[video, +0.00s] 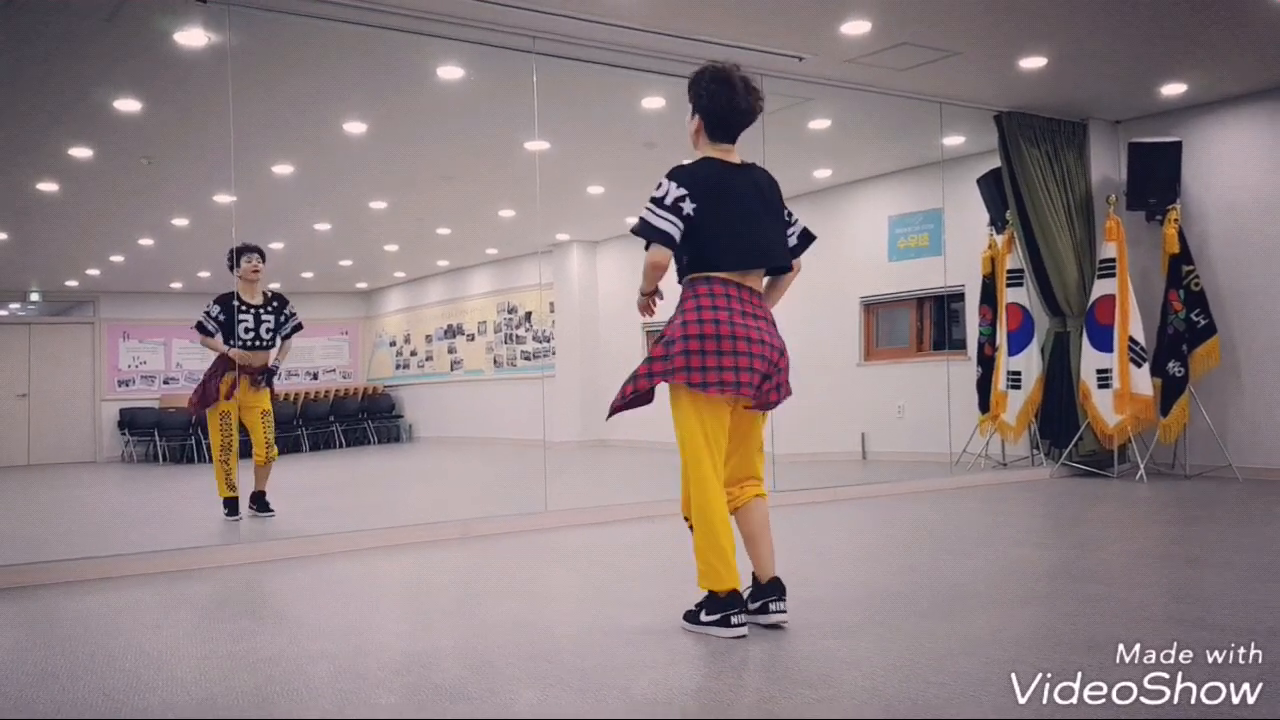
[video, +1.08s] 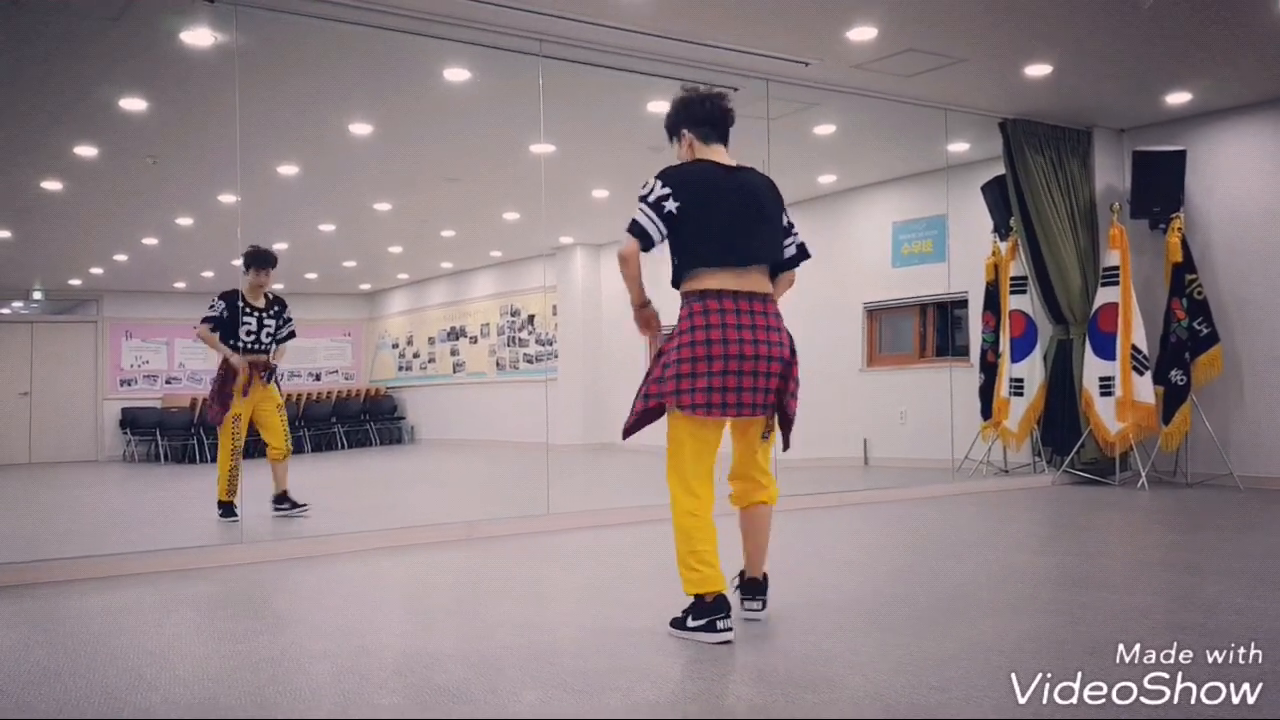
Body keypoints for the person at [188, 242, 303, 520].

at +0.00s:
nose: (255, 265)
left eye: (259, 261)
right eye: (248, 261)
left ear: (264, 268)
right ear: (236, 269)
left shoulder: (277, 302)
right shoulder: (224, 302)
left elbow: (287, 338)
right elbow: (204, 335)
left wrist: (275, 363)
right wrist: (228, 350)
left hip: (258, 380)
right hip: (225, 379)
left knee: (266, 447)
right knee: (226, 446)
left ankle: (259, 495)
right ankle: (230, 499)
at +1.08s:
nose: (263, 278)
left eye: (268, 273)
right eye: (258, 273)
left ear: (273, 275)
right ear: (247, 272)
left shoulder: (278, 305)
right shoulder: (228, 300)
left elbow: (283, 341)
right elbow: (204, 330)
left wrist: (274, 362)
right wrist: (231, 356)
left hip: (265, 381)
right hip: (235, 381)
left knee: (280, 438)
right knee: (231, 445)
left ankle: (281, 496)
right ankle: (226, 502)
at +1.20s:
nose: (265, 271)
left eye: (270, 267)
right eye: (259, 266)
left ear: (275, 273)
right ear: (247, 271)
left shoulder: (284, 307)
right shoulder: (232, 304)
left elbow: (294, 345)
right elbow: (201, 331)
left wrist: (278, 366)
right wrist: (232, 338)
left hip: (272, 383)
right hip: (239, 383)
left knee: (295, 435)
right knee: (233, 447)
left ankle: (319, 490)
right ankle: (227, 502)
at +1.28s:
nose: (268, 272)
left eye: (273, 268)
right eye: (262, 268)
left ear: (278, 275)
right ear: (251, 273)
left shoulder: (289, 307)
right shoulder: (237, 308)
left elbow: (302, 344)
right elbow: (210, 339)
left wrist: (287, 366)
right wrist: (233, 336)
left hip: (280, 385)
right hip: (247, 386)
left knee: (308, 437)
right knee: (237, 448)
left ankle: (330, 490)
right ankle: (228, 501)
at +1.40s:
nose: (282, 272)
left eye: (286, 268)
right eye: (276, 267)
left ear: (293, 274)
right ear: (266, 274)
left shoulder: (307, 304)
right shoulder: (256, 310)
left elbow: (324, 339)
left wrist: (309, 366)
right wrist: (245, 338)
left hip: (300, 381)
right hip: (267, 383)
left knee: (324, 441)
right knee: (245, 442)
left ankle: (338, 489)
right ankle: (231, 498)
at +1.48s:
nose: (291, 269)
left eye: (295, 265)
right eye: (285, 265)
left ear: (301, 270)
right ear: (275, 271)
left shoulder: (314, 298)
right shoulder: (267, 308)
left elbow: (337, 329)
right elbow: (265, 349)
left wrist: (324, 358)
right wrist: (252, 337)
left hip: (312, 375)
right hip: (280, 376)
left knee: (328, 438)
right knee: (254, 438)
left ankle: (338, 490)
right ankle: (237, 496)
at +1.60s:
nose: (309, 265)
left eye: (313, 260)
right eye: (303, 260)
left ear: (319, 265)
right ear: (292, 266)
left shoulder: (333, 291)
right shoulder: (286, 305)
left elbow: (363, 314)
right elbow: (280, 344)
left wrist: (354, 343)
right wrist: (269, 328)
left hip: (335, 368)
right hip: (303, 370)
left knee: (338, 434)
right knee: (286, 434)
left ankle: (341, 489)